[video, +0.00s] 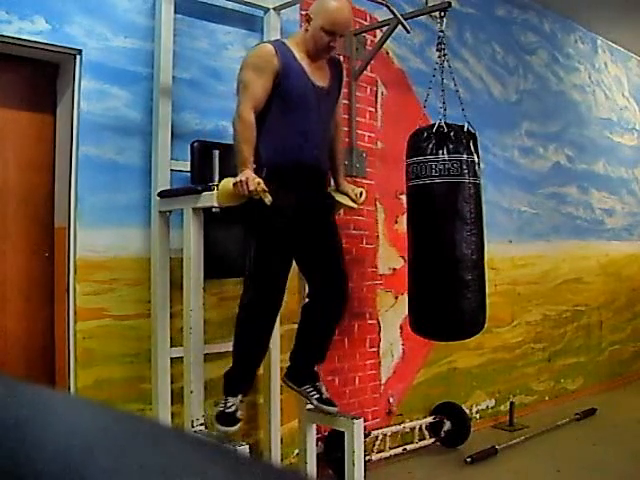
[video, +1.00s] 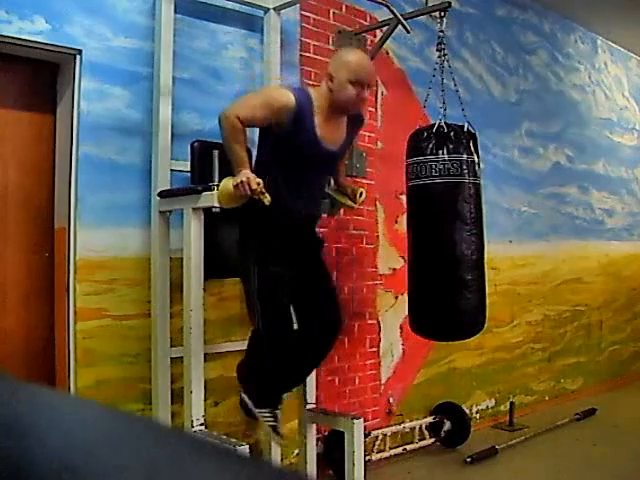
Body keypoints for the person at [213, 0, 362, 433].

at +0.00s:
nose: (335, 44)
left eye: (341, 37)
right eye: (330, 34)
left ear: (345, 33)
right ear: (307, 20)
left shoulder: (335, 68)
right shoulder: (268, 56)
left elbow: (333, 123)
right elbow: (245, 112)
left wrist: (338, 177)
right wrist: (246, 168)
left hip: (314, 193)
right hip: (273, 191)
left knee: (332, 289)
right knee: (263, 294)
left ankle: (302, 373)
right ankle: (235, 388)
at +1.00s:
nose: (363, 96)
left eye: (367, 88)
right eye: (356, 86)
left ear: (368, 87)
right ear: (330, 78)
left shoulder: (352, 117)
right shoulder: (288, 102)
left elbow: (336, 152)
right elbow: (231, 118)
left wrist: (342, 181)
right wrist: (242, 171)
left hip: (302, 233)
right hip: (262, 228)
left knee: (325, 322)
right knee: (276, 326)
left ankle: (266, 393)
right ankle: (255, 394)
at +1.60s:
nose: (372, 98)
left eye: (376, 89)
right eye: (365, 88)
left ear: (377, 90)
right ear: (339, 83)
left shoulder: (358, 124)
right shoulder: (298, 110)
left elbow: (320, 162)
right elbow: (237, 117)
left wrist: (341, 183)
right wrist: (243, 170)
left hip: (305, 240)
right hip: (267, 234)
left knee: (318, 334)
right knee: (258, 334)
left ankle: (241, 373)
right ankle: (241, 379)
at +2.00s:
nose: (358, 35)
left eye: (363, 28)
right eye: (351, 25)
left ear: (366, 31)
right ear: (326, 19)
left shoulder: (350, 69)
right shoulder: (282, 61)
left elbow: (339, 129)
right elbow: (244, 113)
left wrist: (342, 180)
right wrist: (243, 169)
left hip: (314, 196)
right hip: (274, 192)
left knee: (320, 289)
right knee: (259, 281)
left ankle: (243, 324)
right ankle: (242, 331)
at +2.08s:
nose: (362, 48)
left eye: (367, 40)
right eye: (356, 38)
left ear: (367, 42)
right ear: (330, 32)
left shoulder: (350, 80)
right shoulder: (282, 70)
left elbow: (334, 136)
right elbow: (240, 114)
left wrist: (341, 179)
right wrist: (243, 170)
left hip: (311, 206)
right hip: (271, 202)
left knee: (321, 297)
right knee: (260, 291)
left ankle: (244, 332)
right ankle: (245, 341)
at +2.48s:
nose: (374, 145)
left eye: (378, 137)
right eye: (367, 135)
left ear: (380, 135)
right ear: (339, 125)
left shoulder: (353, 159)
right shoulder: (296, 140)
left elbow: (316, 183)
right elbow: (242, 117)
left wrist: (340, 195)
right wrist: (242, 171)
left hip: (298, 264)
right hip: (259, 261)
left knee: (323, 350)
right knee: (267, 354)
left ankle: (258, 415)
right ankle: (265, 429)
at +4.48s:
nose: (368, 134)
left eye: (373, 125)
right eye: (362, 123)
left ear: (375, 122)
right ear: (336, 114)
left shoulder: (352, 154)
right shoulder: (294, 133)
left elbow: (315, 181)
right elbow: (238, 119)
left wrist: (338, 193)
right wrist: (244, 171)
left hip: (297, 263)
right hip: (258, 260)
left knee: (324, 347)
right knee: (264, 351)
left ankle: (263, 416)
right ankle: (271, 428)